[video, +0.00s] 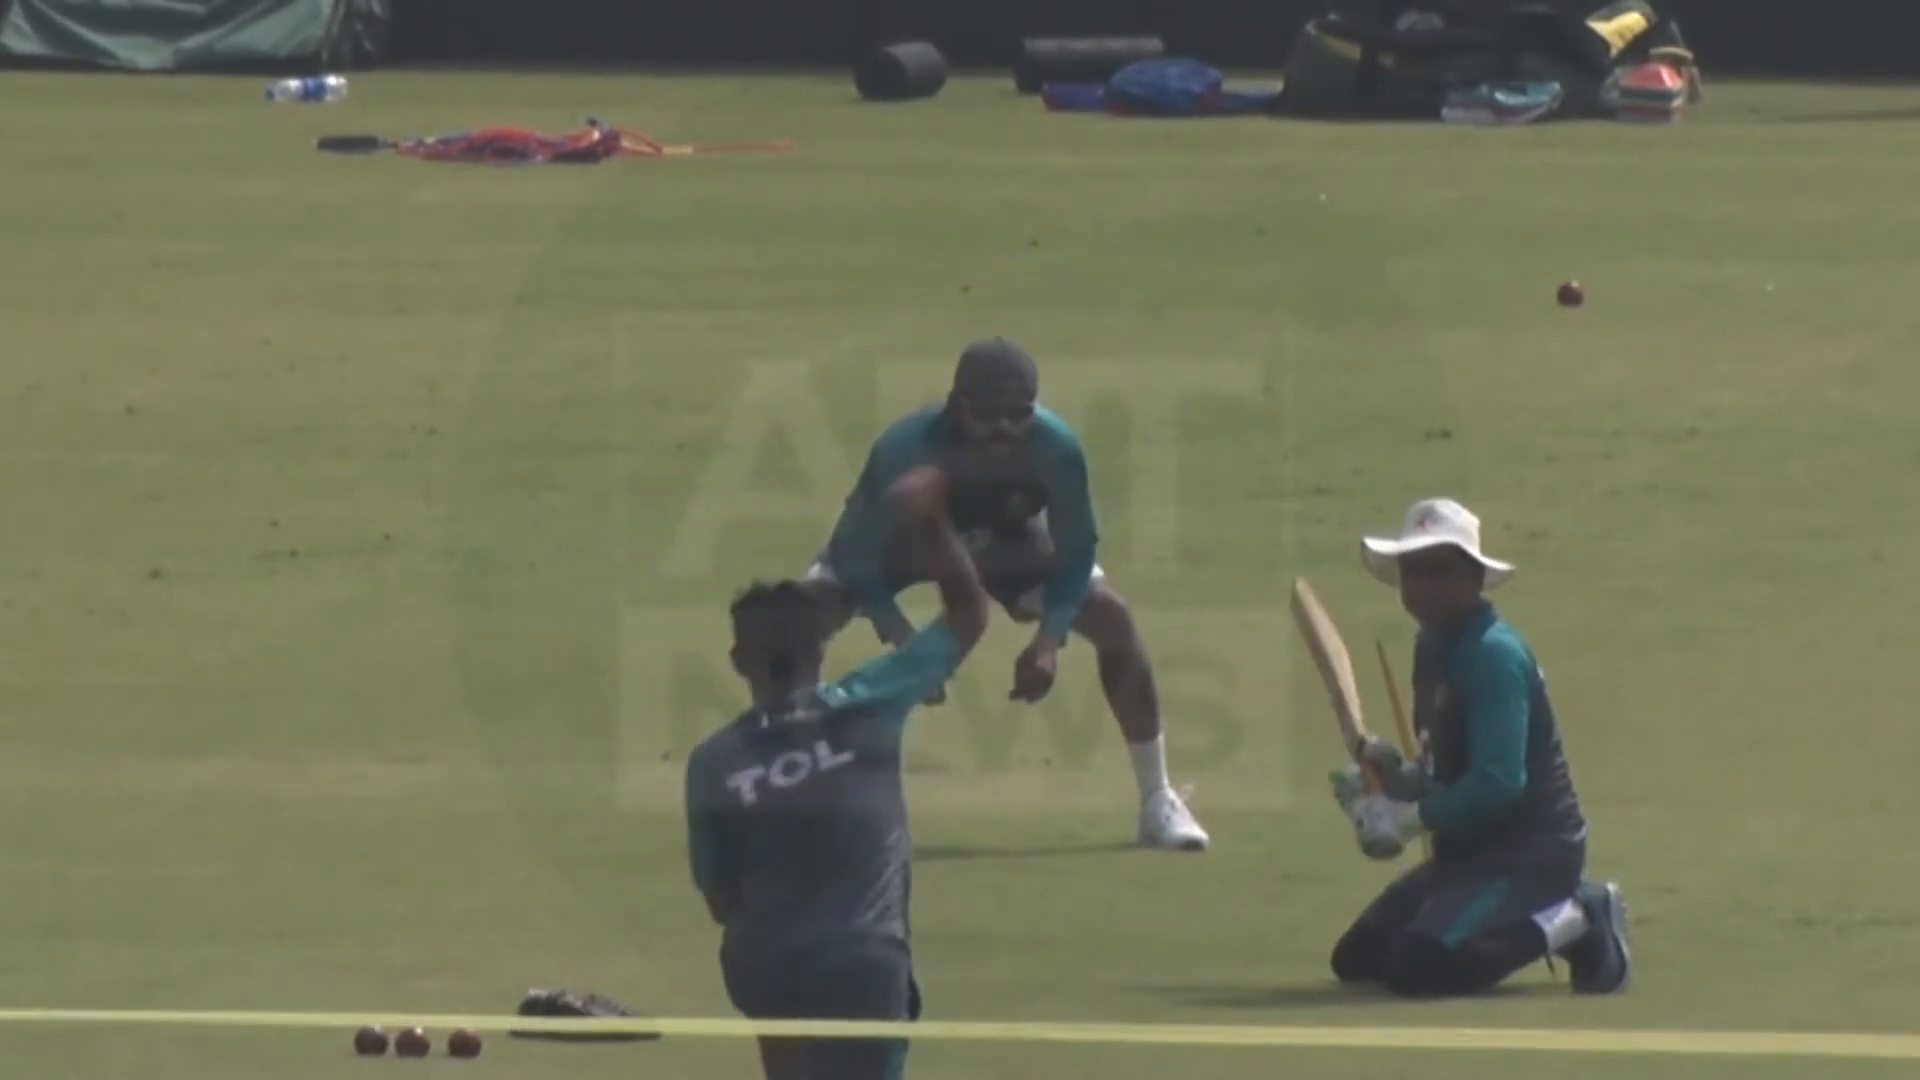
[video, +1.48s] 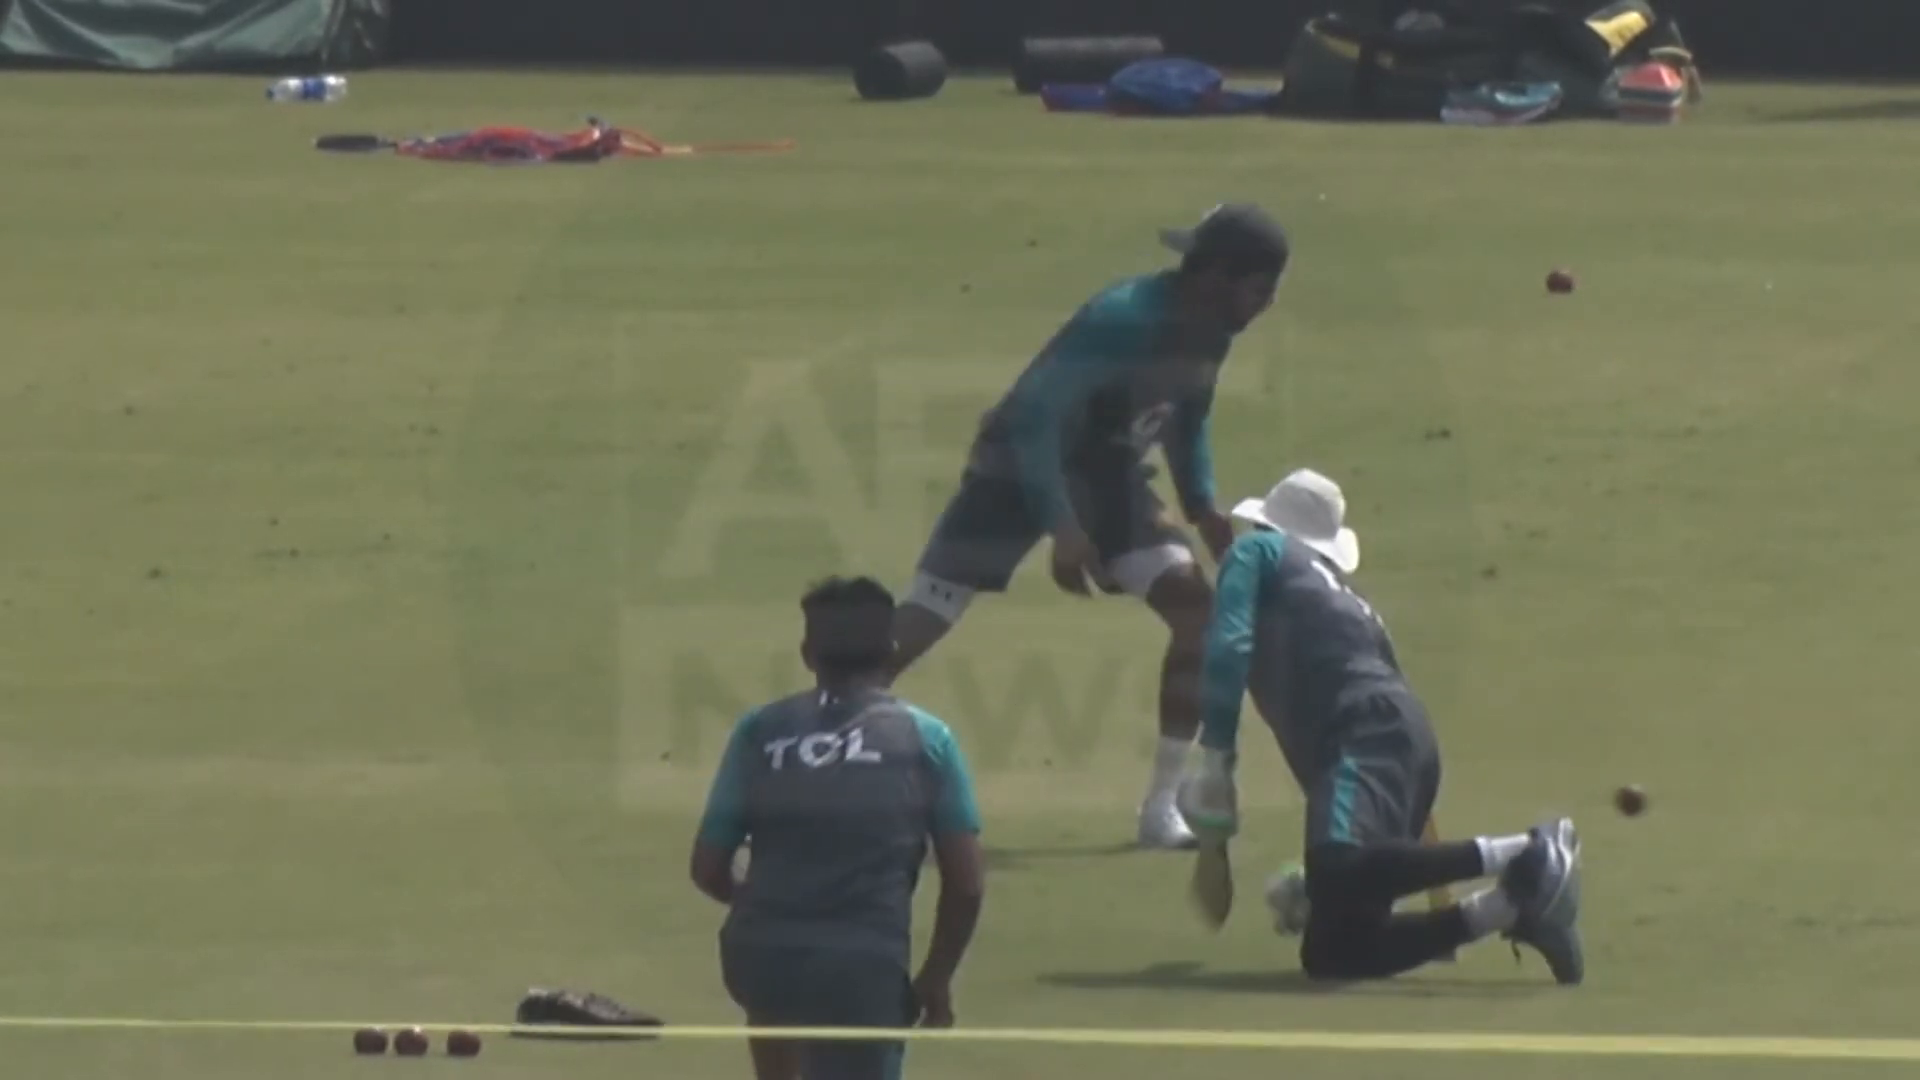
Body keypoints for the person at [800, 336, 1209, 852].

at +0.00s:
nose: (1007, 431)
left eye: (1019, 417)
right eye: (992, 418)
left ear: (1033, 408)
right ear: (959, 407)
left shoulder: (1056, 451)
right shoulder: (904, 450)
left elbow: (1078, 549)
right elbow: (851, 556)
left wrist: (1049, 643)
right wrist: (906, 642)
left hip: (1007, 545)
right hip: (907, 543)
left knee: (1114, 620)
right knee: (801, 622)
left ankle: (1159, 801)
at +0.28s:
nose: (1007, 427)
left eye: (1019, 412)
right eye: (992, 414)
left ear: (1033, 406)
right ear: (958, 402)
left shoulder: (1055, 449)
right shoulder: (903, 451)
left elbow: (1077, 549)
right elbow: (853, 558)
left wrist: (1050, 639)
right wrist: (913, 636)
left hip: (1005, 552)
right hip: (903, 552)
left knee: (1113, 622)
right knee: (813, 622)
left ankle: (1160, 801)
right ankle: (774, 789)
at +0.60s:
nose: (1004, 368)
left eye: (1017, 354)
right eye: (988, 354)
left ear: (1033, 355)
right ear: (957, 353)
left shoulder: (1056, 403)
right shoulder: (912, 403)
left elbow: (1060, 532)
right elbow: (896, 542)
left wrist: (1017, 538)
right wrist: (974, 543)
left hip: (1009, 538)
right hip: (907, 529)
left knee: (1116, 623)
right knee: (824, 624)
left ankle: (1159, 800)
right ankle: (783, 789)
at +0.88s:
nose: (1059, 375)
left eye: (1070, 361)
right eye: (1043, 361)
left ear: (1085, 360)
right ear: (1008, 356)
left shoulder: (1097, 383)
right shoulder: (970, 413)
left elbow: (1137, 449)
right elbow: (1031, 536)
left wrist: (1160, 490)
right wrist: (1105, 519)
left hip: (1022, 520)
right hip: (926, 526)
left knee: (1116, 618)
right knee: (858, 627)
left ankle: (1159, 800)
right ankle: (793, 775)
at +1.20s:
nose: (1169, 384)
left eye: (1173, 371)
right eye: (1162, 369)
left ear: (1169, 360)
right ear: (1128, 358)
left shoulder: (1145, 369)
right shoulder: (1055, 390)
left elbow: (1160, 444)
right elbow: (1045, 526)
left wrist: (1183, 515)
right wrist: (1147, 558)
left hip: (1034, 498)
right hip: (952, 495)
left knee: (1155, 605)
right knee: (888, 636)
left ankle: (1168, 799)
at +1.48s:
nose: (1268, 302)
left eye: (1272, 288)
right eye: (1262, 286)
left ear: (1228, 281)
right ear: (1219, 276)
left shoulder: (1211, 329)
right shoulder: (1122, 316)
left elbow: (1187, 423)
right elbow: (1034, 419)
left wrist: (1203, 510)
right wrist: (1063, 526)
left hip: (1109, 469)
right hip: (1023, 459)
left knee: (1196, 609)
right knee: (919, 626)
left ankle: (1163, 807)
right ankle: (793, 751)